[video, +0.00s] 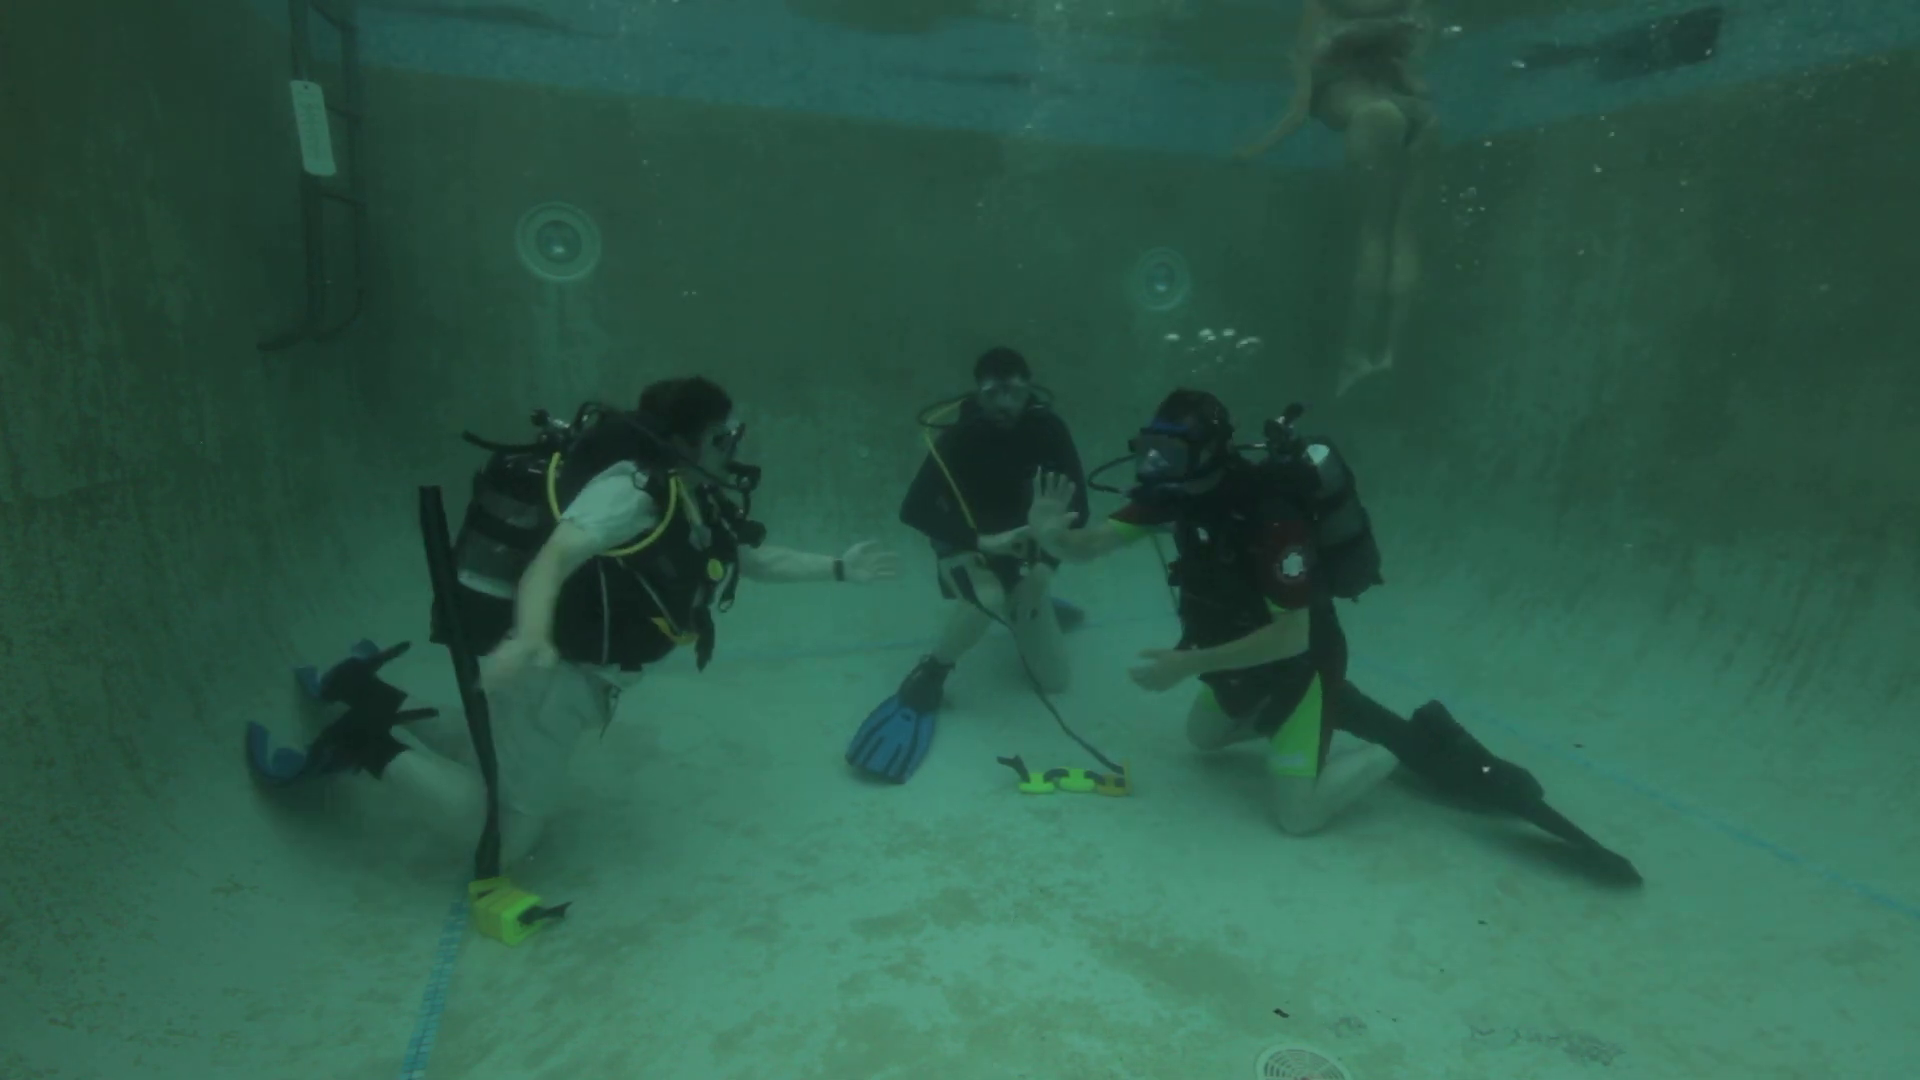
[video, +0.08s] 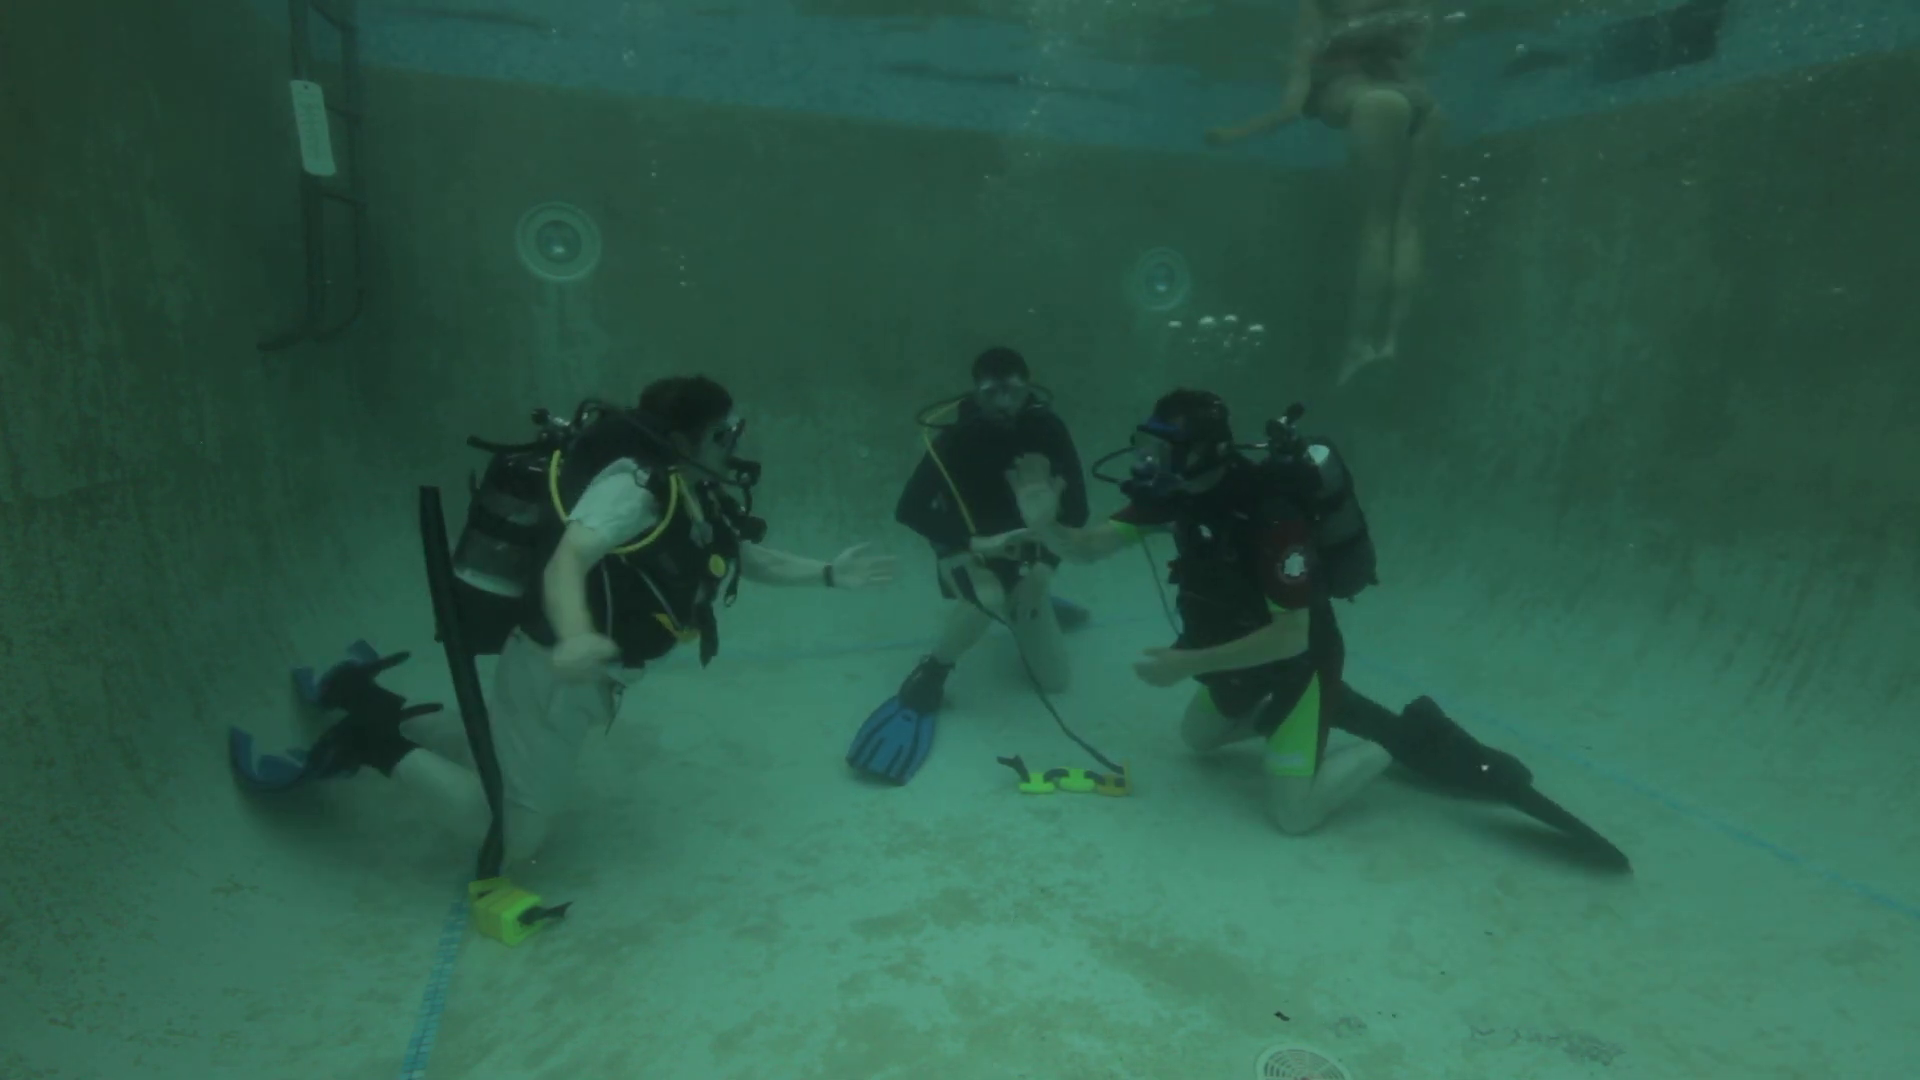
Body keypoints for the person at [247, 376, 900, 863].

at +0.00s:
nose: (734, 451)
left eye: (733, 438)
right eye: (726, 439)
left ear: (693, 440)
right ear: (691, 442)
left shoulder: (695, 494)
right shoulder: (632, 488)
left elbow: (750, 556)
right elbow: (550, 558)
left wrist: (835, 565)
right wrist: (530, 635)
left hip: (595, 665)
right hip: (541, 663)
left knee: (527, 782)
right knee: (509, 831)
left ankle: (377, 704)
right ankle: (369, 746)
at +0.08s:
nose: (734, 447)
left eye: (733, 434)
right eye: (725, 435)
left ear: (695, 439)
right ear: (687, 439)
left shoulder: (697, 490)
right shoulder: (635, 485)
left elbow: (750, 555)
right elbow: (564, 564)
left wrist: (829, 570)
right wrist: (575, 635)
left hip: (591, 665)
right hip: (545, 666)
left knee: (518, 754)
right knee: (519, 830)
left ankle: (374, 709)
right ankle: (379, 745)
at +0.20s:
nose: (730, 443)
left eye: (729, 431)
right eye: (721, 431)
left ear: (688, 432)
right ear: (686, 434)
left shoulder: (692, 482)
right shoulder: (640, 479)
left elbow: (725, 553)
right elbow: (585, 559)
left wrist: (782, 578)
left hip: (596, 660)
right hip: (560, 659)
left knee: (529, 781)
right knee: (530, 830)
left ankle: (366, 710)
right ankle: (382, 736)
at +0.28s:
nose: (729, 439)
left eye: (728, 427)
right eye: (722, 427)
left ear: (684, 423)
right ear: (687, 425)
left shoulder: (684, 470)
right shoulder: (640, 471)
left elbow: (715, 537)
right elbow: (597, 551)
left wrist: (759, 573)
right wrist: (682, 603)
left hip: (602, 650)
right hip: (569, 651)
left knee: (535, 781)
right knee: (540, 816)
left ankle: (388, 721)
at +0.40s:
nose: (735, 435)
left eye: (734, 422)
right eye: (726, 423)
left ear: (684, 420)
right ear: (692, 424)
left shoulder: (679, 464)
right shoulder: (646, 465)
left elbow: (693, 548)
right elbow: (608, 537)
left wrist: (734, 582)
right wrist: (702, 584)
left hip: (600, 646)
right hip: (575, 648)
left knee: (536, 773)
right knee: (544, 820)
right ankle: (416, 722)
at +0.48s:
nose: (745, 428)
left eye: (745, 415)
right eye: (736, 416)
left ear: (696, 420)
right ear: (699, 421)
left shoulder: (690, 464)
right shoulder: (649, 459)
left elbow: (700, 544)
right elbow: (608, 527)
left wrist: (745, 581)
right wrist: (691, 582)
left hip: (609, 646)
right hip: (582, 646)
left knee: (521, 760)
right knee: (551, 815)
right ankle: (434, 719)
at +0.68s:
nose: (749, 419)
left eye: (749, 407)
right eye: (742, 406)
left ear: (703, 409)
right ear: (706, 409)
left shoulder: (703, 461)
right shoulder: (659, 453)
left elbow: (719, 532)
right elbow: (606, 508)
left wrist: (777, 560)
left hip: (623, 637)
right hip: (593, 636)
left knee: (549, 740)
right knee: (559, 806)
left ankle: (444, 715)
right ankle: (440, 720)